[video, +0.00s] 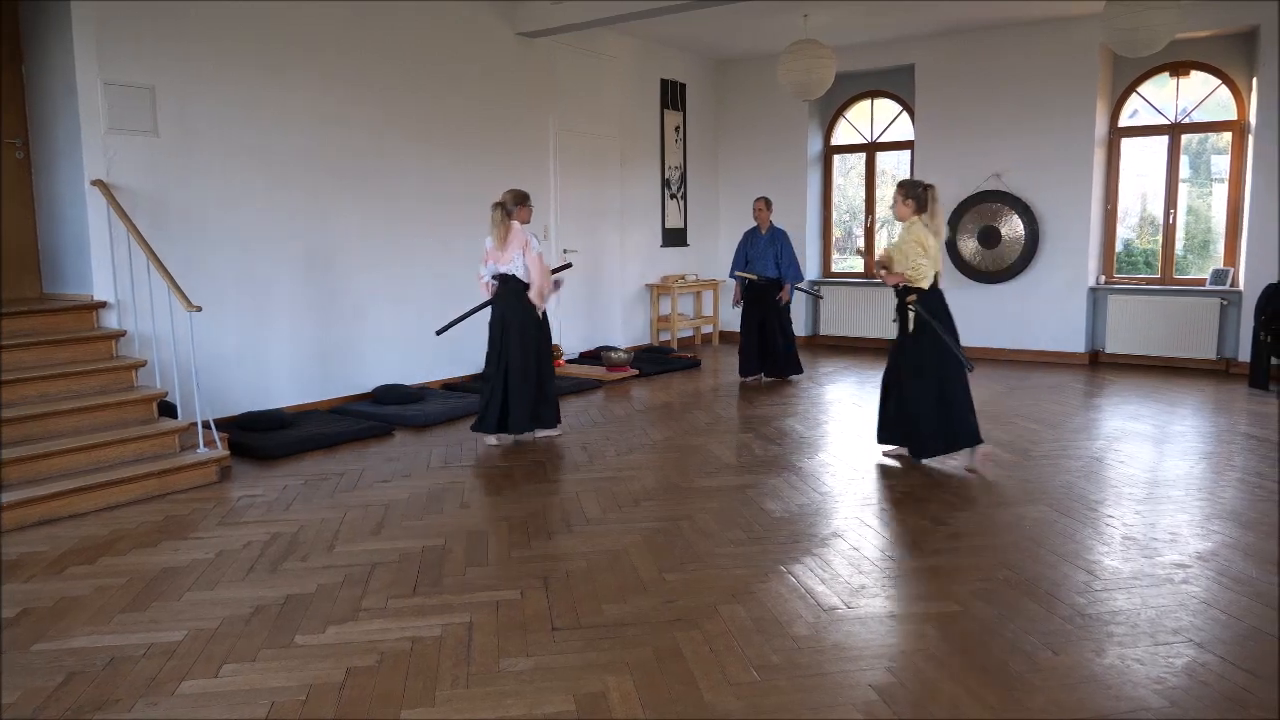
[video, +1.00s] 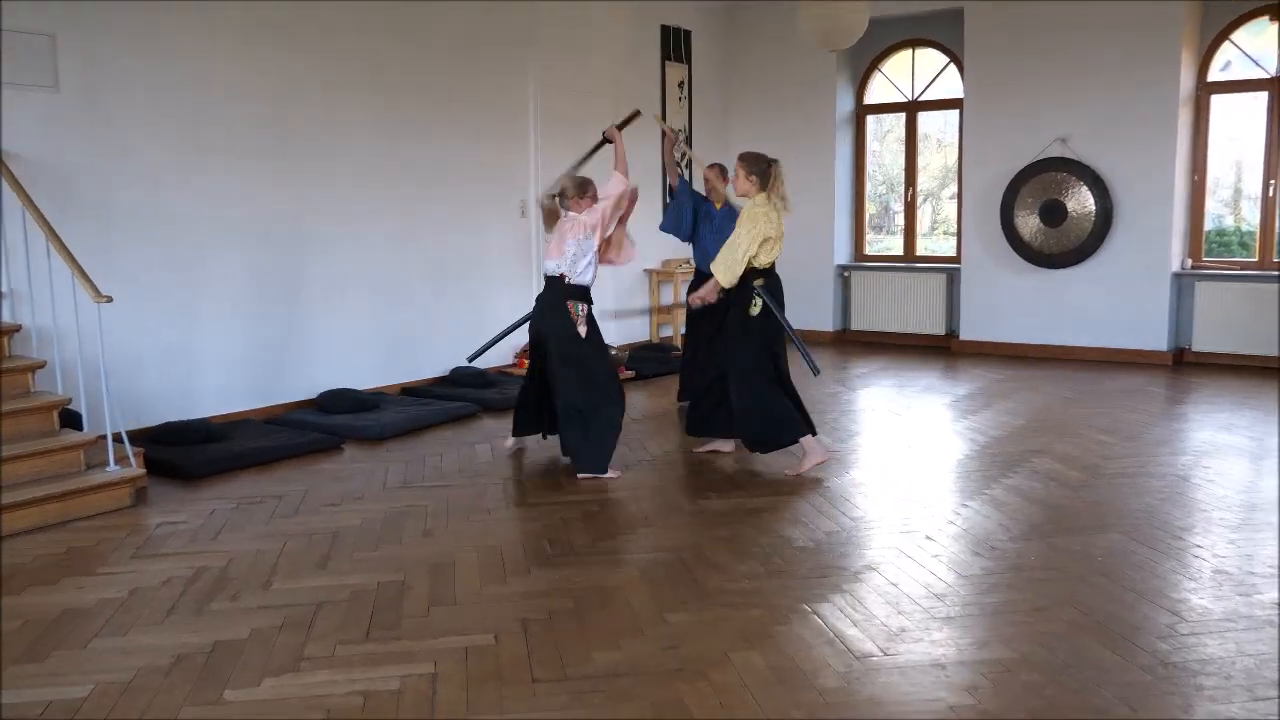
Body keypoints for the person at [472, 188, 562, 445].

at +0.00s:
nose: (531, 211)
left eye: (530, 207)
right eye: (528, 207)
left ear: (507, 209)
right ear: (519, 210)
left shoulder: (492, 239)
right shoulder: (526, 237)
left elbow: (486, 279)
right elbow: (540, 280)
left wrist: (498, 296)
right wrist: (538, 298)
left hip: (500, 299)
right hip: (522, 299)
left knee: (500, 360)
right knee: (534, 359)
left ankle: (492, 426)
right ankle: (542, 421)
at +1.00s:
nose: (595, 204)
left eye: (594, 198)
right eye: (591, 198)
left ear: (570, 202)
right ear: (575, 201)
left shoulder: (567, 228)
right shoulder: (578, 225)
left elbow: (613, 254)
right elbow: (618, 187)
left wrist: (622, 217)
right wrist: (618, 142)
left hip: (551, 307)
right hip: (568, 308)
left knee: (546, 373)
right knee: (603, 386)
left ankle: (519, 432)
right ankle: (590, 464)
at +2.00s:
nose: (529, 156)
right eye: (527, 152)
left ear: (493, 161)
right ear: (527, 156)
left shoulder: (485, 195)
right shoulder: (548, 188)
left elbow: (489, 163)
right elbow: (553, 178)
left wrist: (508, 130)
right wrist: (540, 146)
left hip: (506, 289)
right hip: (544, 287)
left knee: (511, 378)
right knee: (555, 380)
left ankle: (497, 463)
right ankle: (556, 480)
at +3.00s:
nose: (453, 135)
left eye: (458, 129)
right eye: (445, 129)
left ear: (462, 131)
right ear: (429, 131)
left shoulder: (457, 163)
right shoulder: (420, 158)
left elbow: (409, 195)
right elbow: (387, 161)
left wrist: (362, 175)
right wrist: (358, 162)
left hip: (463, 254)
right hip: (436, 252)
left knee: (461, 334)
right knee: (428, 332)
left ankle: (461, 418)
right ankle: (428, 415)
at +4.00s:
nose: (446, 137)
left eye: (454, 132)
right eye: (441, 131)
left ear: (467, 137)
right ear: (434, 134)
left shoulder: (464, 167)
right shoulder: (436, 164)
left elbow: (424, 198)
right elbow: (396, 179)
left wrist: (377, 199)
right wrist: (349, 190)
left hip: (479, 258)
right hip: (451, 257)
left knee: (487, 338)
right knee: (426, 335)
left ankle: (508, 418)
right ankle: (417, 416)